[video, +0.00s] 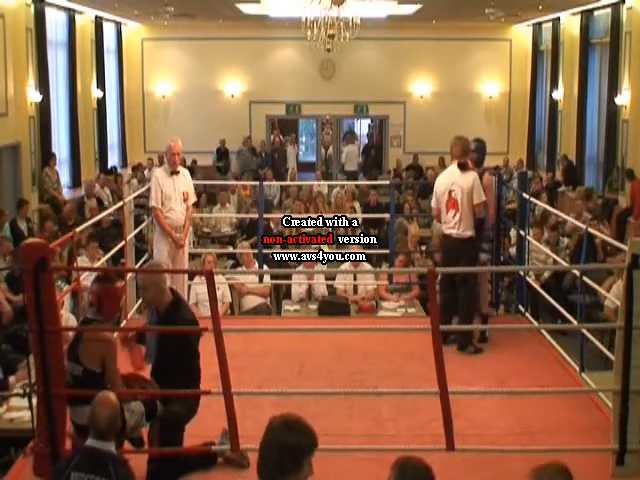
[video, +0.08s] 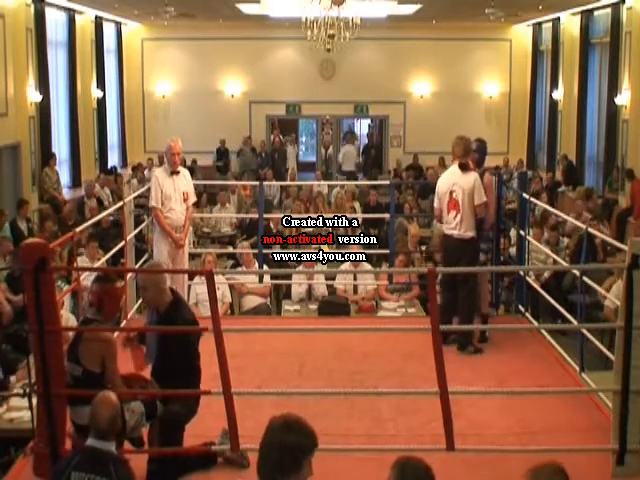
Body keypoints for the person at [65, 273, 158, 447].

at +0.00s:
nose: (120, 304)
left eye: (120, 298)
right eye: (117, 298)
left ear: (94, 299)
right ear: (103, 300)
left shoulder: (83, 327)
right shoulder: (105, 339)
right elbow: (117, 390)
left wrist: (129, 384)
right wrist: (139, 395)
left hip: (76, 410)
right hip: (94, 415)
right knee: (152, 405)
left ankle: (133, 430)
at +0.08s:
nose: (120, 304)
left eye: (120, 298)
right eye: (117, 298)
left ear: (94, 300)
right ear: (105, 300)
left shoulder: (83, 328)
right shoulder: (105, 339)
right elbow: (116, 389)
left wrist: (130, 384)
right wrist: (140, 395)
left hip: (76, 410)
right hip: (94, 414)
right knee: (152, 406)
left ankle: (133, 430)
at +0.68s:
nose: (122, 304)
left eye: (122, 299)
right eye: (118, 299)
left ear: (95, 300)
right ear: (100, 301)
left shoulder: (85, 325)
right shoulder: (107, 337)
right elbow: (118, 391)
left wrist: (129, 378)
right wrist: (139, 395)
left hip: (77, 410)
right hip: (94, 415)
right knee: (152, 407)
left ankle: (132, 429)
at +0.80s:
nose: (121, 305)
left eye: (122, 299)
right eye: (117, 300)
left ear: (97, 300)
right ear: (100, 301)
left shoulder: (85, 324)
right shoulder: (106, 336)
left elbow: (102, 377)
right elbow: (119, 391)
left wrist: (129, 381)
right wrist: (140, 395)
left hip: (77, 408)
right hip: (92, 414)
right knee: (153, 407)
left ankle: (133, 429)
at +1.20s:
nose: (122, 306)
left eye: (122, 299)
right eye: (118, 300)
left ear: (97, 301)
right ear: (103, 302)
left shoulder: (88, 324)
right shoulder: (108, 337)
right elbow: (118, 390)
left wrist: (130, 383)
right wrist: (140, 394)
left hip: (77, 410)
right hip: (93, 415)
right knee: (153, 407)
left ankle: (133, 429)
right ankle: (130, 430)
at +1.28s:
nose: (123, 304)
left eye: (123, 298)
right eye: (119, 299)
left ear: (97, 301)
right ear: (106, 302)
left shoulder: (88, 324)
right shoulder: (108, 337)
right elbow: (118, 391)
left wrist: (129, 382)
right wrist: (140, 393)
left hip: (77, 408)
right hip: (94, 415)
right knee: (153, 407)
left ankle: (133, 430)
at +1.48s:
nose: (128, 305)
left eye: (127, 299)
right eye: (124, 300)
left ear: (101, 301)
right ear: (113, 302)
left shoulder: (89, 324)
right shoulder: (110, 338)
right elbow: (120, 393)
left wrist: (129, 382)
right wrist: (143, 392)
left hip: (77, 407)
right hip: (94, 413)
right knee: (153, 407)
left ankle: (133, 429)